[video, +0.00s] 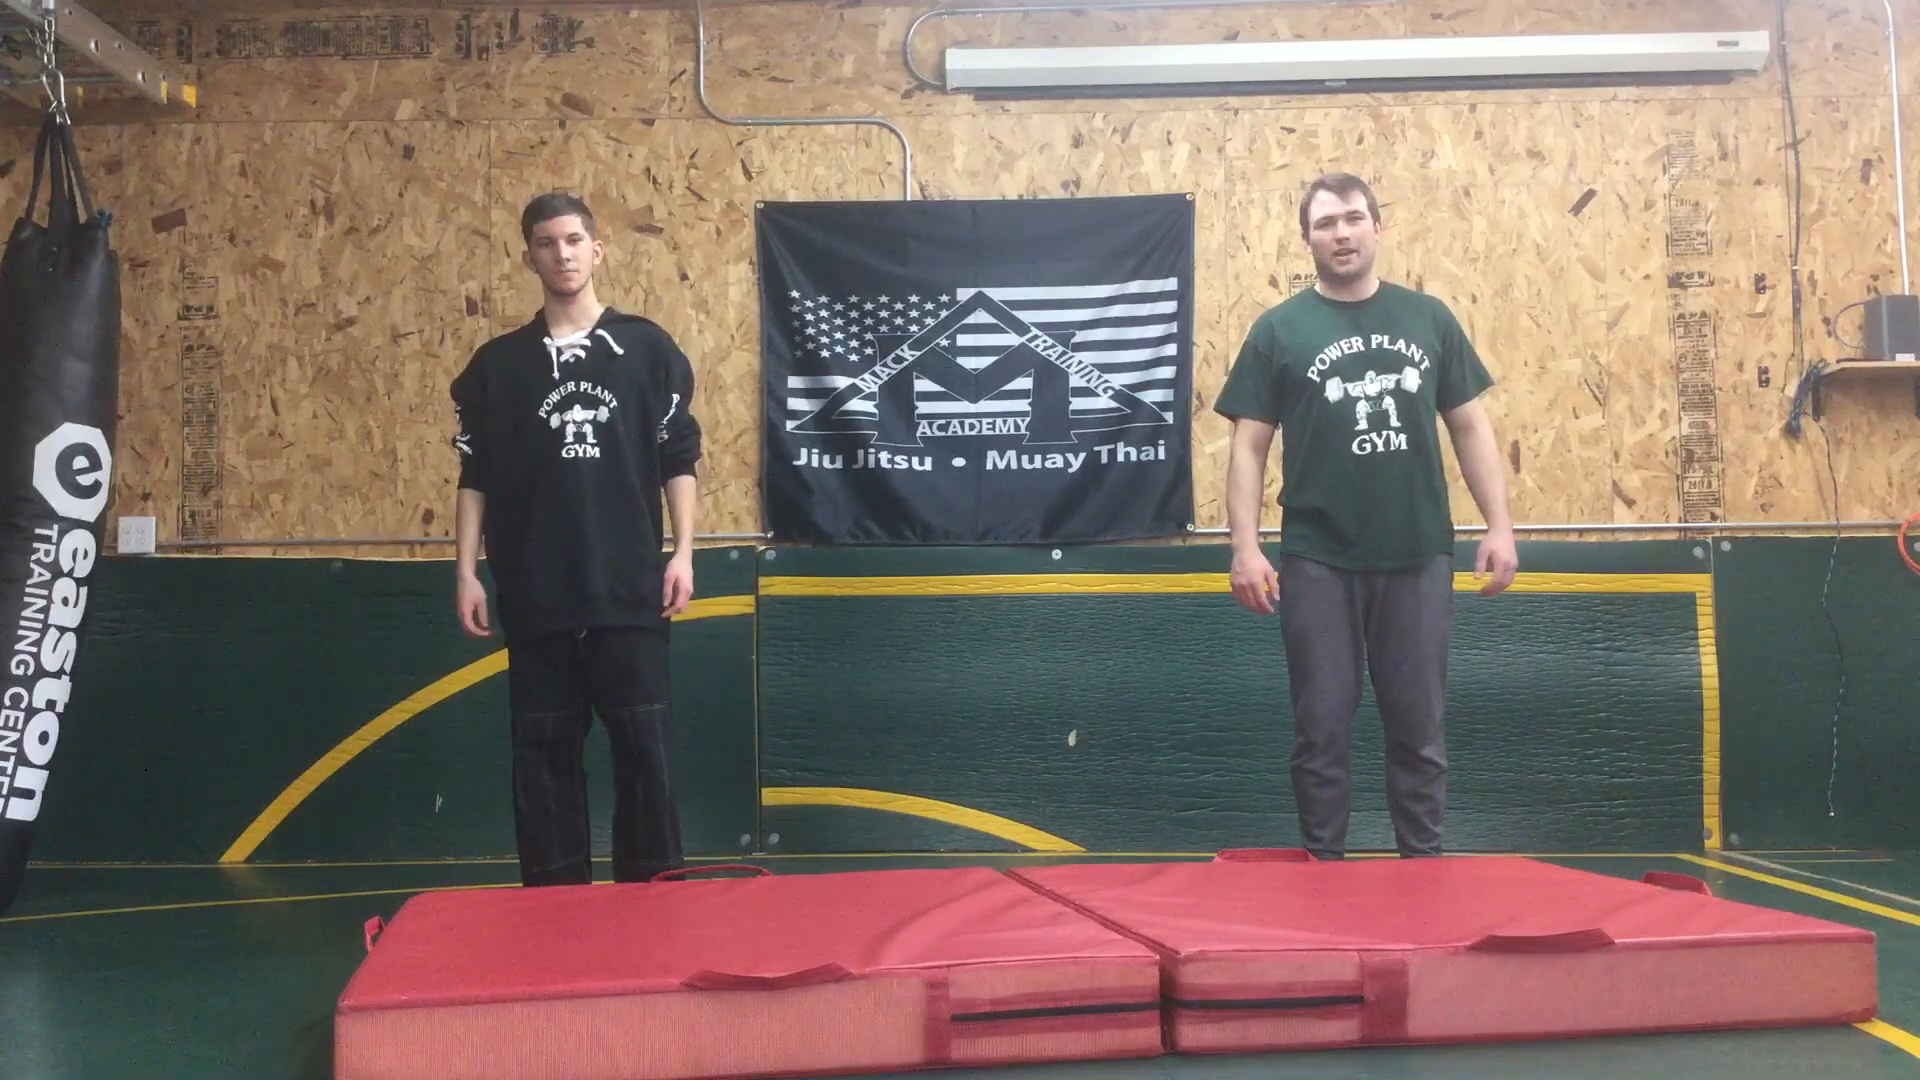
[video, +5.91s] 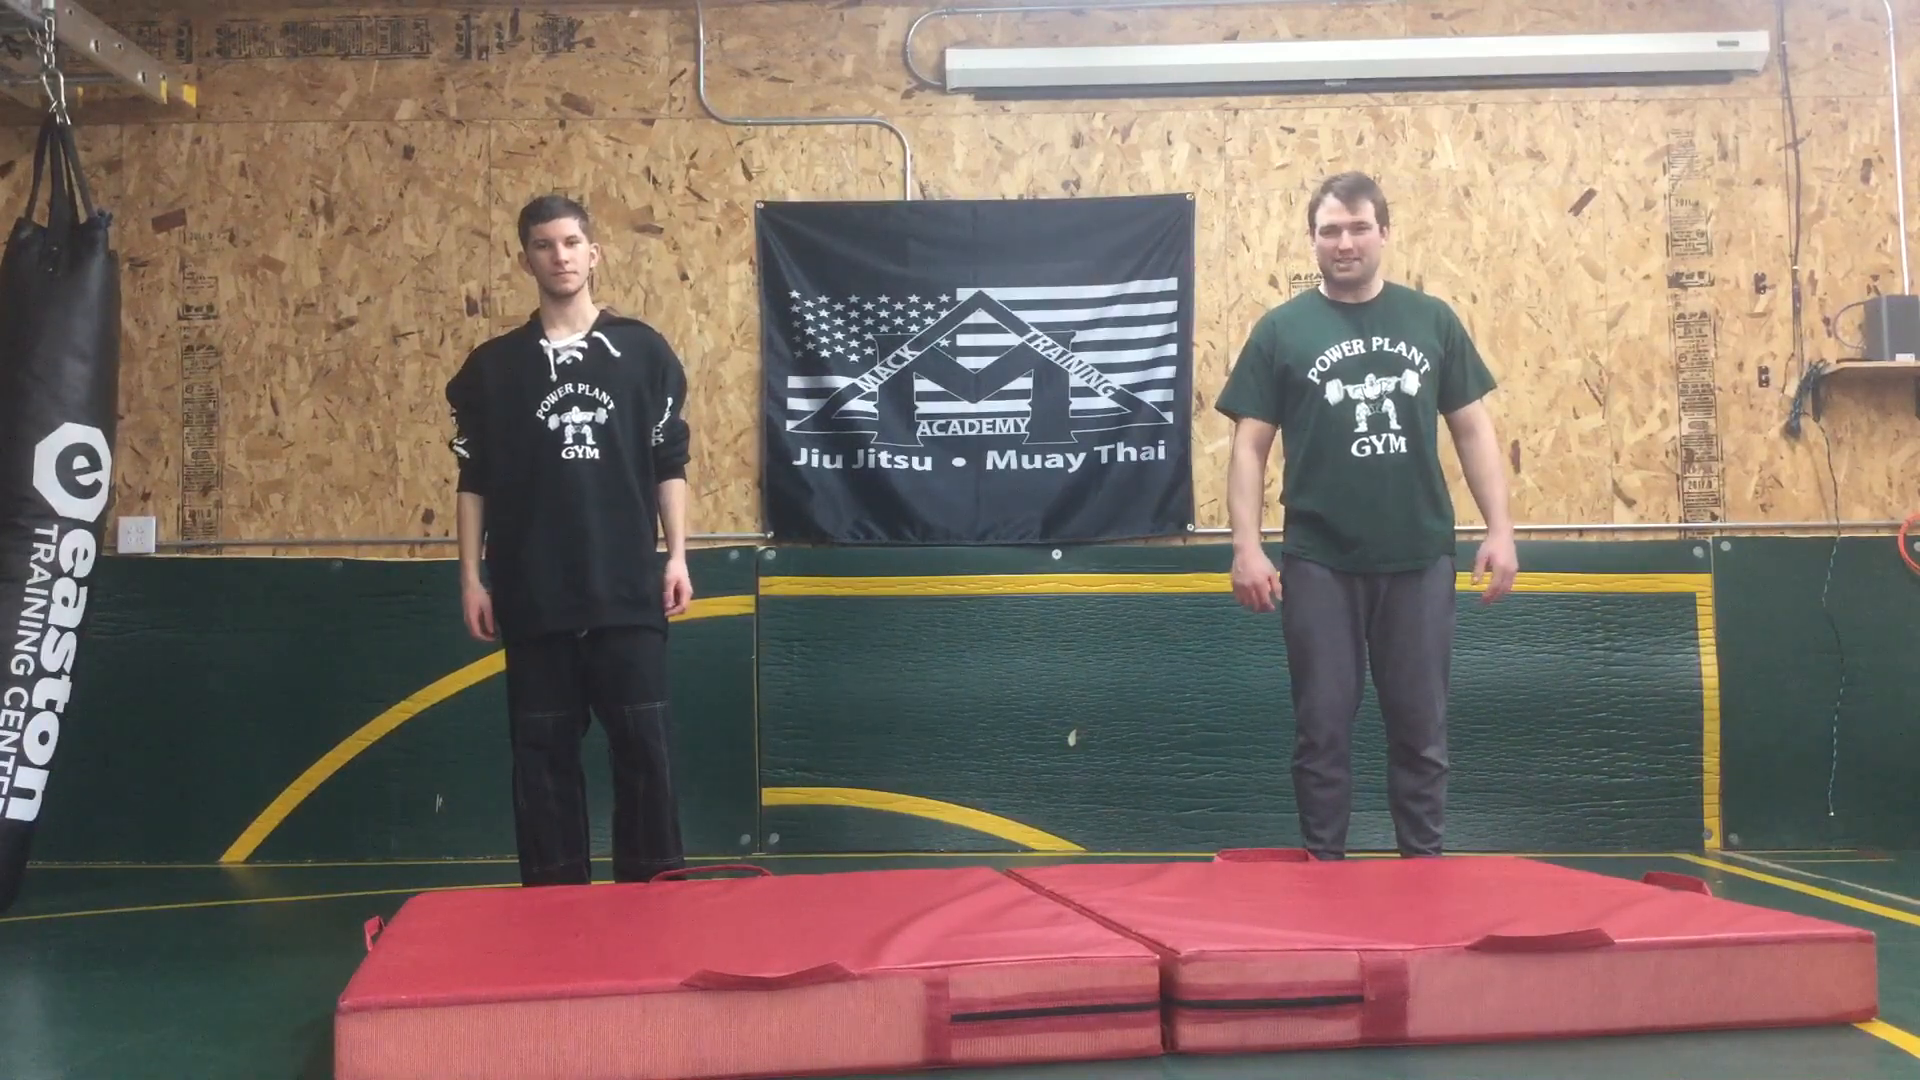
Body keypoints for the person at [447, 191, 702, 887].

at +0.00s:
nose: (563, 254)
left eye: (574, 240)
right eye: (547, 244)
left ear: (596, 249)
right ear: (530, 258)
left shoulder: (647, 347)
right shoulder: (494, 364)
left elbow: (679, 458)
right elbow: (474, 476)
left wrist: (683, 550)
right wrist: (467, 570)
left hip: (629, 583)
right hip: (533, 589)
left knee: (644, 754)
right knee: (544, 761)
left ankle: (653, 904)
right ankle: (554, 910)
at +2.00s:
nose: (557, 257)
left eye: (568, 242)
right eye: (542, 247)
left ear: (591, 250)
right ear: (525, 260)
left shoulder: (642, 347)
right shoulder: (489, 364)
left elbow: (674, 457)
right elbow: (471, 476)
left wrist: (678, 552)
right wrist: (460, 569)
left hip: (625, 582)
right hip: (530, 589)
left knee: (642, 750)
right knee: (542, 759)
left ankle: (652, 901)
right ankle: (553, 908)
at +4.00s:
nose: (563, 257)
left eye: (573, 243)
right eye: (547, 247)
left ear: (594, 250)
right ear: (529, 261)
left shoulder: (647, 348)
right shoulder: (493, 365)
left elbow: (675, 459)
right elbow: (474, 477)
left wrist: (683, 550)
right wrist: (467, 576)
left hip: (629, 585)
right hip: (533, 592)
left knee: (644, 753)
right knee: (545, 762)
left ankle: (654, 905)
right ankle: (555, 913)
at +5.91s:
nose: (561, 256)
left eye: (571, 242)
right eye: (545, 246)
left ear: (593, 252)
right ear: (527, 261)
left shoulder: (644, 350)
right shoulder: (490, 365)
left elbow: (669, 463)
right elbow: (472, 479)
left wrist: (678, 553)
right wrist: (471, 577)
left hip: (627, 585)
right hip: (531, 591)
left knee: (645, 753)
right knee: (543, 762)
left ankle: (654, 906)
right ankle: (554, 913)